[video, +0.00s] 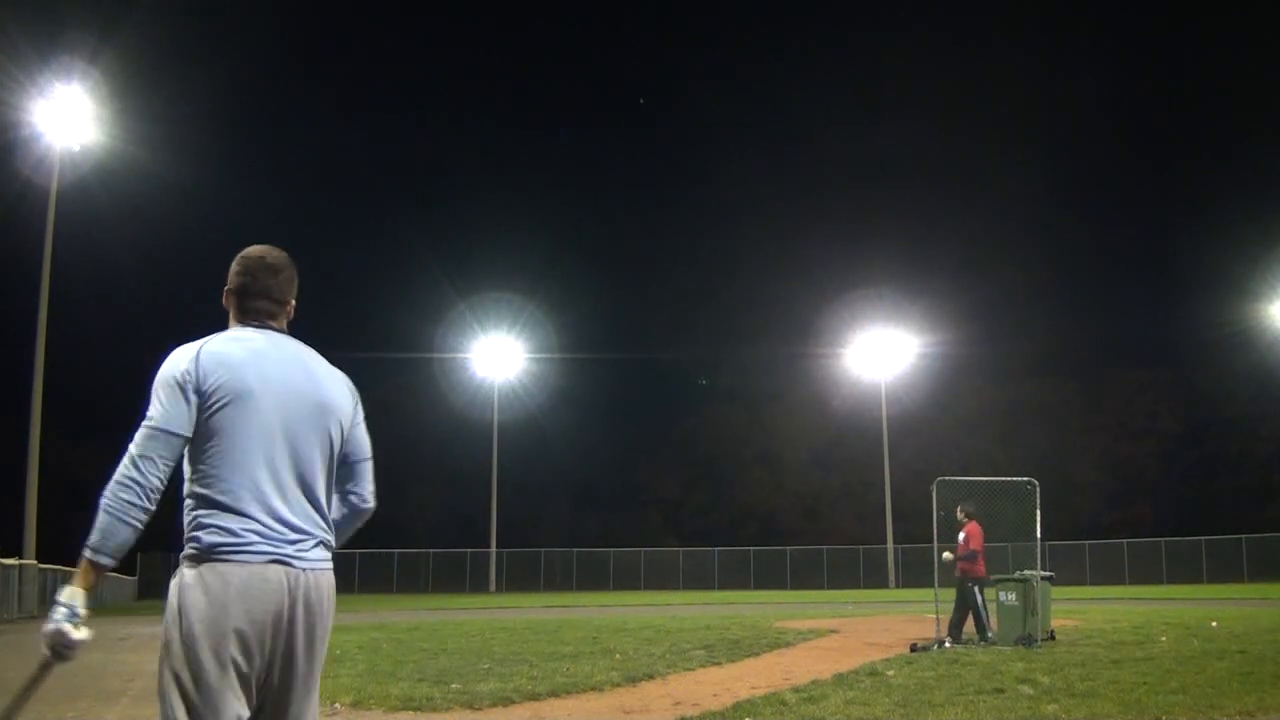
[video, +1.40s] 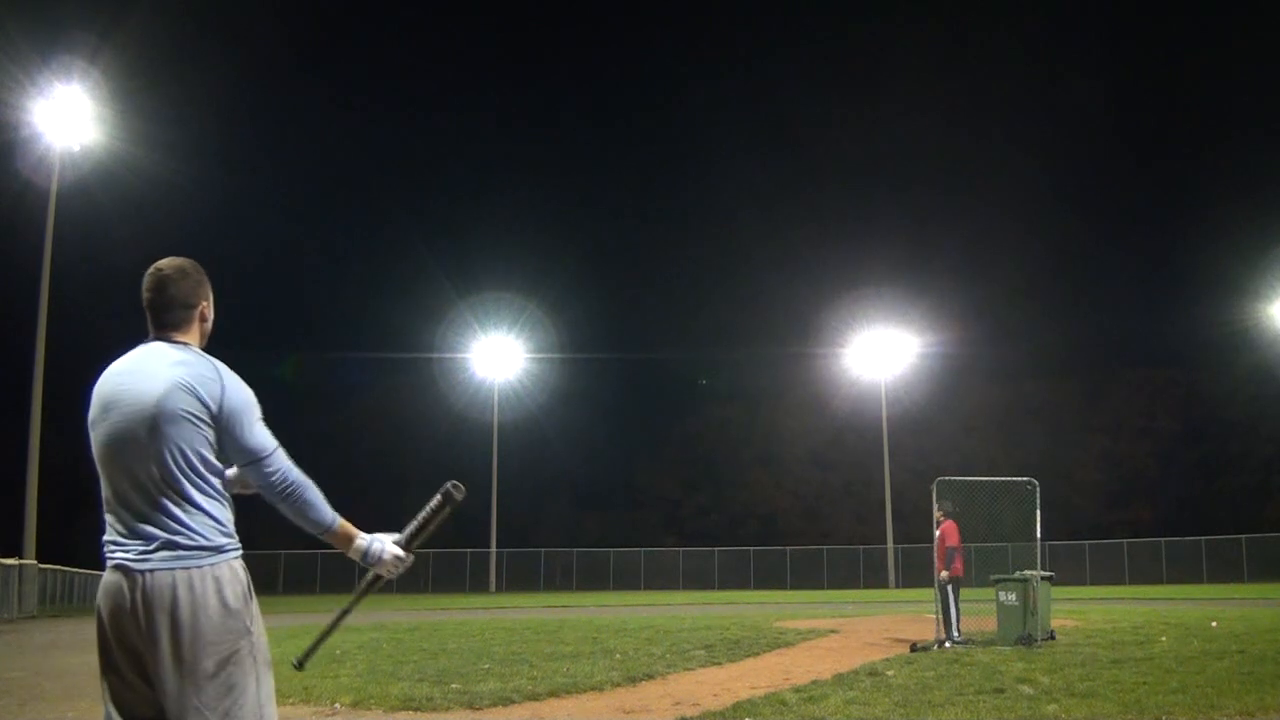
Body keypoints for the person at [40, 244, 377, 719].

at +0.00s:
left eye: (226, 290)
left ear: (226, 298)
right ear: (290, 309)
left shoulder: (194, 362)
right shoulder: (337, 383)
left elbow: (141, 477)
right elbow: (359, 497)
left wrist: (79, 588)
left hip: (221, 585)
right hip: (312, 589)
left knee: (205, 711)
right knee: (293, 714)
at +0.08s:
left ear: (230, 300)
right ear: (294, 309)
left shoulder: (192, 364)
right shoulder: (343, 384)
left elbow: (147, 483)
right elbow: (368, 494)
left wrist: (95, 592)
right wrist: (319, 560)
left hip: (218, 584)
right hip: (310, 590)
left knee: (213, 711)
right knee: (296, 712)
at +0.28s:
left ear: (249, 305)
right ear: (312, 315)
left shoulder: (199, 370)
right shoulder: (352, 389)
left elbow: (169, 498)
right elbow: (378, 505)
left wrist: (161, 591)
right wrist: (355, 589)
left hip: (219, 589)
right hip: (314, 592)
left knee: (212, 710)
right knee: (303, 712)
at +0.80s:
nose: (294, 320)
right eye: (294, 313)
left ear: (233, 317)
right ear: (290, 319)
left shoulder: (177, 385)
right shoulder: (319, 387)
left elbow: (159, 503)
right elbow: (359, 494)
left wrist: (201, 548)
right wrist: (404, 552)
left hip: (198, 589)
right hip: (289, 588)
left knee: (198, 711)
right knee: (305, 712)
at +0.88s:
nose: (283, 320)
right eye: (283, 313)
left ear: (221, 317)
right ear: (278, 319)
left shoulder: (164, 389)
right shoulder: (304, 388)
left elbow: (158, 503)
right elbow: (348, 490)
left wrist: (213, 532)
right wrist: (401, 549)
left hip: (189, 592)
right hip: (278, 592)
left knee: (192, 713)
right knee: (294, 712)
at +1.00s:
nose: (257, 318)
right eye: (256, 310)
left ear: (193, 316)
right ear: (250, 315)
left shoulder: (144, 387)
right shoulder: (275, 383)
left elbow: (189, 480)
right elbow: (329, 483)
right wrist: (386, 546)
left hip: (166, 587)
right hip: (254, 589)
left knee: (169, 713)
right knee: (271, 711)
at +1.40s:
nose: (211, 314)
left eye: (210, 306)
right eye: (211, 306)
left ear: (150, 313)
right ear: (205, 311)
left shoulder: (106, 383)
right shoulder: (214, 379)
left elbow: (149, 471)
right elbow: (279, 477)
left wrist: (228, 479)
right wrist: (358, 543)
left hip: (121, 590)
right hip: (204, 588)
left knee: (134, 713)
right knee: (232, 711)